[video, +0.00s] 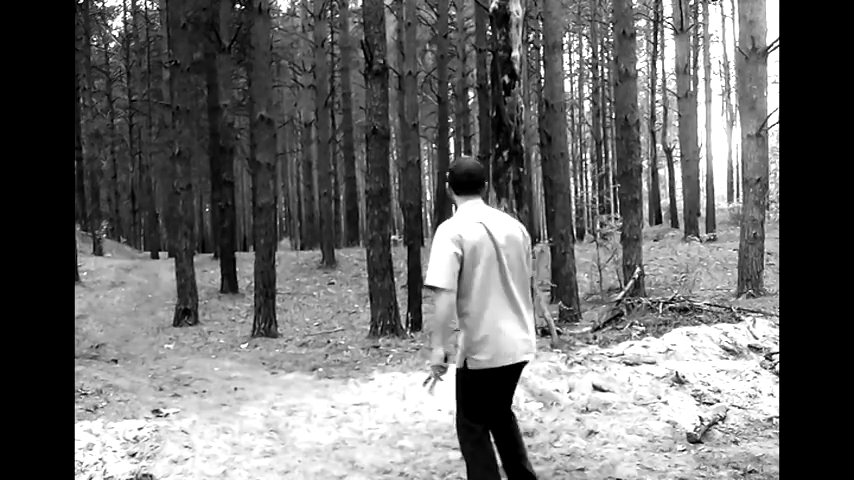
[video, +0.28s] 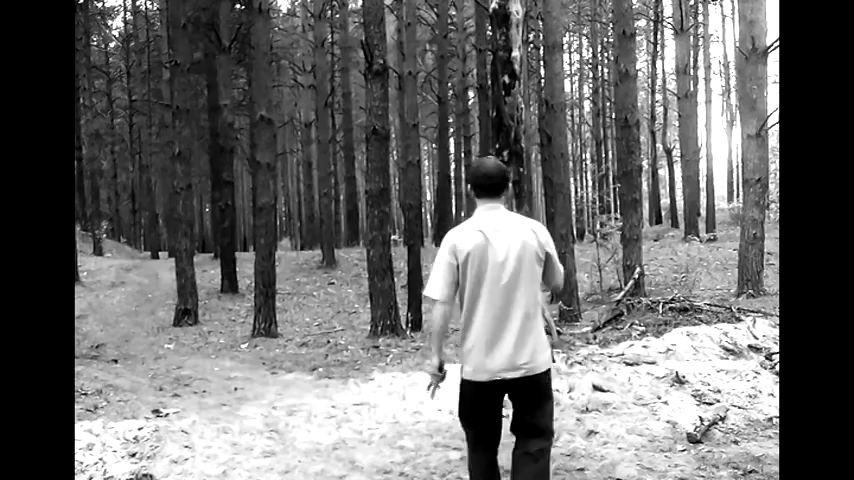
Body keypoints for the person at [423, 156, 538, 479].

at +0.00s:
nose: (446, 188)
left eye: (446, 183)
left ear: (449, 188)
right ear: (485, 187)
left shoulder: (452, 231)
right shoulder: (514, 226)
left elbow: (445, 296)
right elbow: (525, 283)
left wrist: (439, 348)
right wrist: (524, 327)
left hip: (481, 351)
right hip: (519, 344)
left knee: (470, 427)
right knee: (501, 413)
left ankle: (487, 478)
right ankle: (523, 475)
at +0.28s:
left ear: (471, 189)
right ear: (508, 188)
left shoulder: (457, 239)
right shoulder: (535, 231)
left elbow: (441, 304)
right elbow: (556, 283)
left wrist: (436, 357)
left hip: (480, 365)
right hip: (531, 360)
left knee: (481, 447)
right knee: (534, 443)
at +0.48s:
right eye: (521, 182)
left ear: (485, 188)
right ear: (522, 186)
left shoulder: (468, 236)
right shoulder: (544, 228)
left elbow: (456, 301)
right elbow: (570, 277)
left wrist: (460, 347)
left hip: (492, 359)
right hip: (540, 356)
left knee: (499, 437)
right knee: (542, 442)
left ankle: (495, 477)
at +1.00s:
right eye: (536, 192)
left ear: (496, 199)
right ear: (533, 197)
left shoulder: (485, 241)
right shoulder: (533, 239)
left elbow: (482, 300)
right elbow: (597, 251)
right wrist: (611, 202)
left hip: (495, 359)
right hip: (530, 363)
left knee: (506, 414)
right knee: (554, 439)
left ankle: (498, 472)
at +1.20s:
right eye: (524, 209)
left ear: (490, 217)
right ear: (525, 214)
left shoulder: (481, 256)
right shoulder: (522, 256)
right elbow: (580, 254)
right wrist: (570, 204)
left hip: (486, 365)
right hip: (518, 369)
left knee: (495, 412)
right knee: (544, 446)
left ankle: (475, 469)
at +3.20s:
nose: (551, 197)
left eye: (558, 187)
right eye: (545, 189)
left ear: (576, 184)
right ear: (540, 190)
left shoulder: (608, 230)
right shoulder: (531, 233)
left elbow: (633, 285)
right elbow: (520, 279)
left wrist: (622, 337)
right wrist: (504, 296)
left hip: (596, 352)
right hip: (548, 349)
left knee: (602, 437)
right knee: (547, 426)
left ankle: (600, 479)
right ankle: (554, 476)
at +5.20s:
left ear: (435, 145)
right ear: (493, 141)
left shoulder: (409, 220)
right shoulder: (536, 208)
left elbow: (376, 324)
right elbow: (562, 291)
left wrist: (364, 400)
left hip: (454, 426)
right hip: (537, 421)